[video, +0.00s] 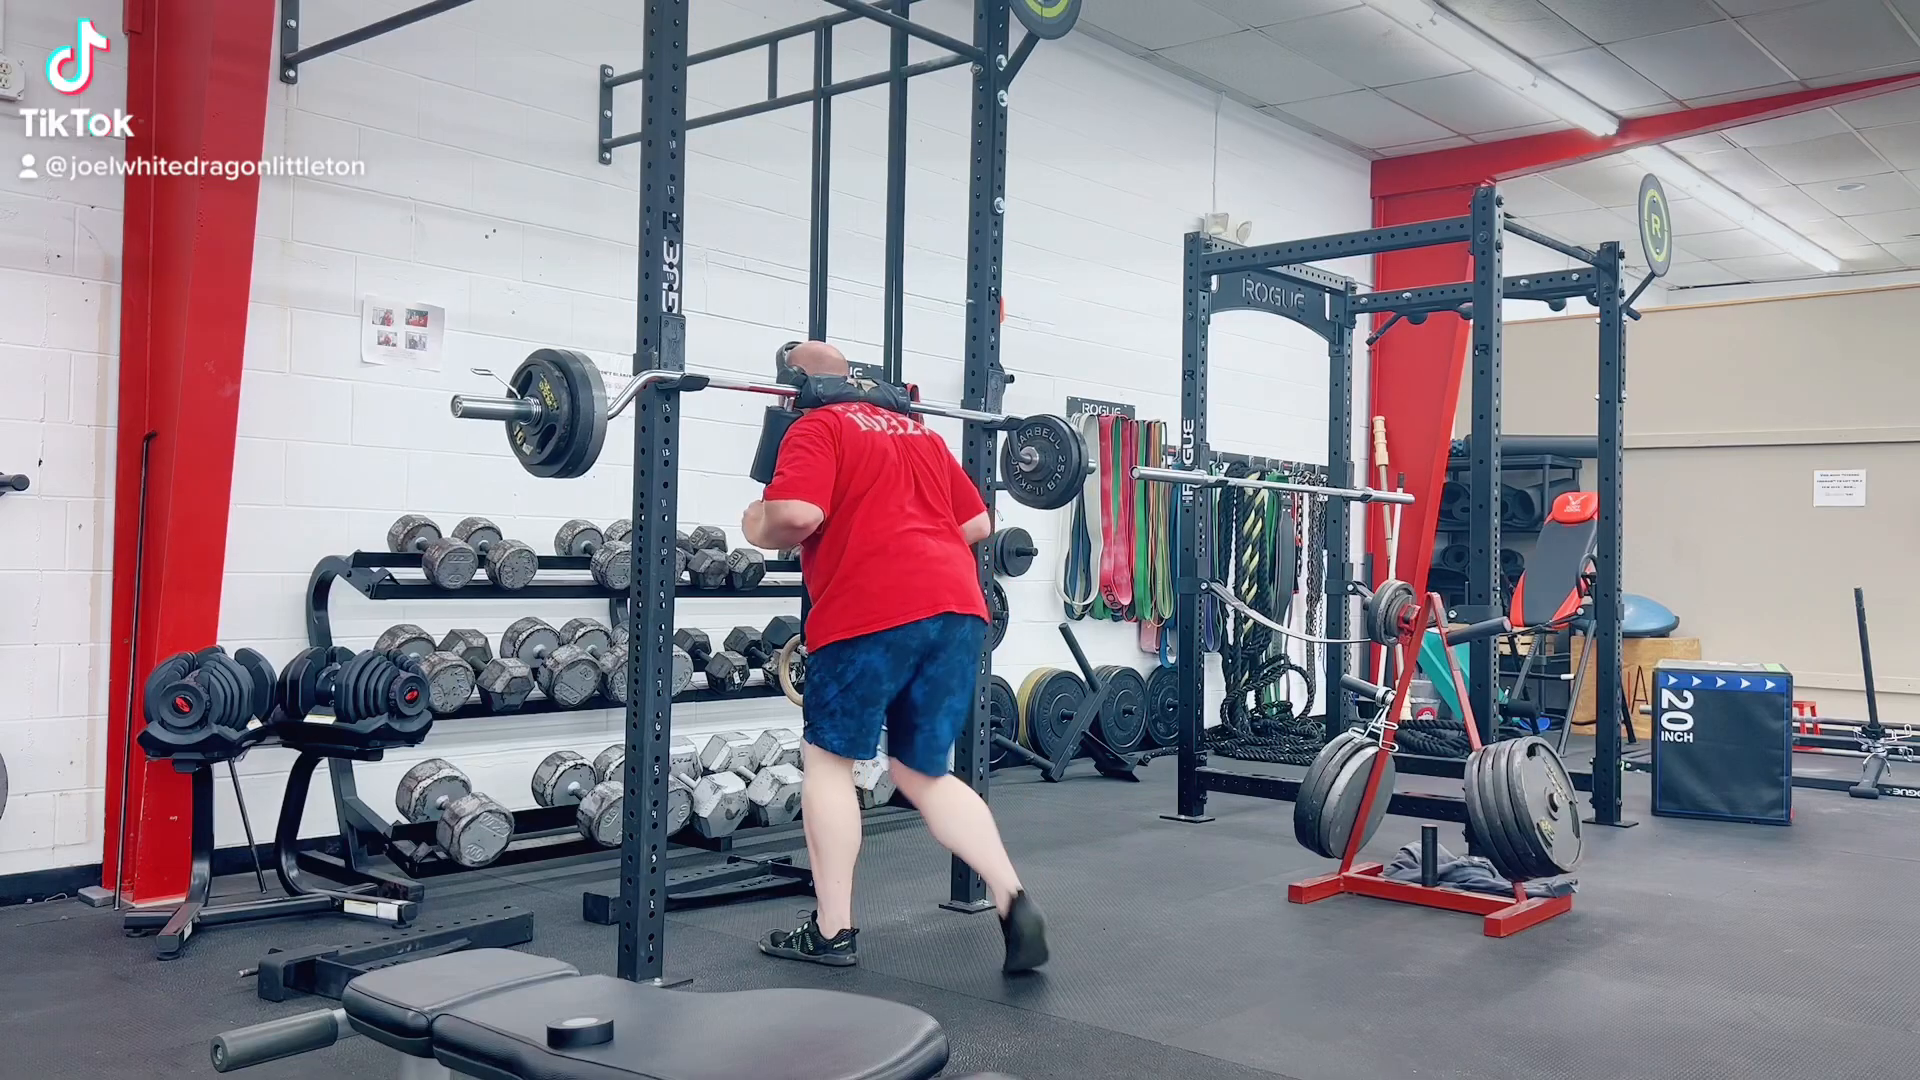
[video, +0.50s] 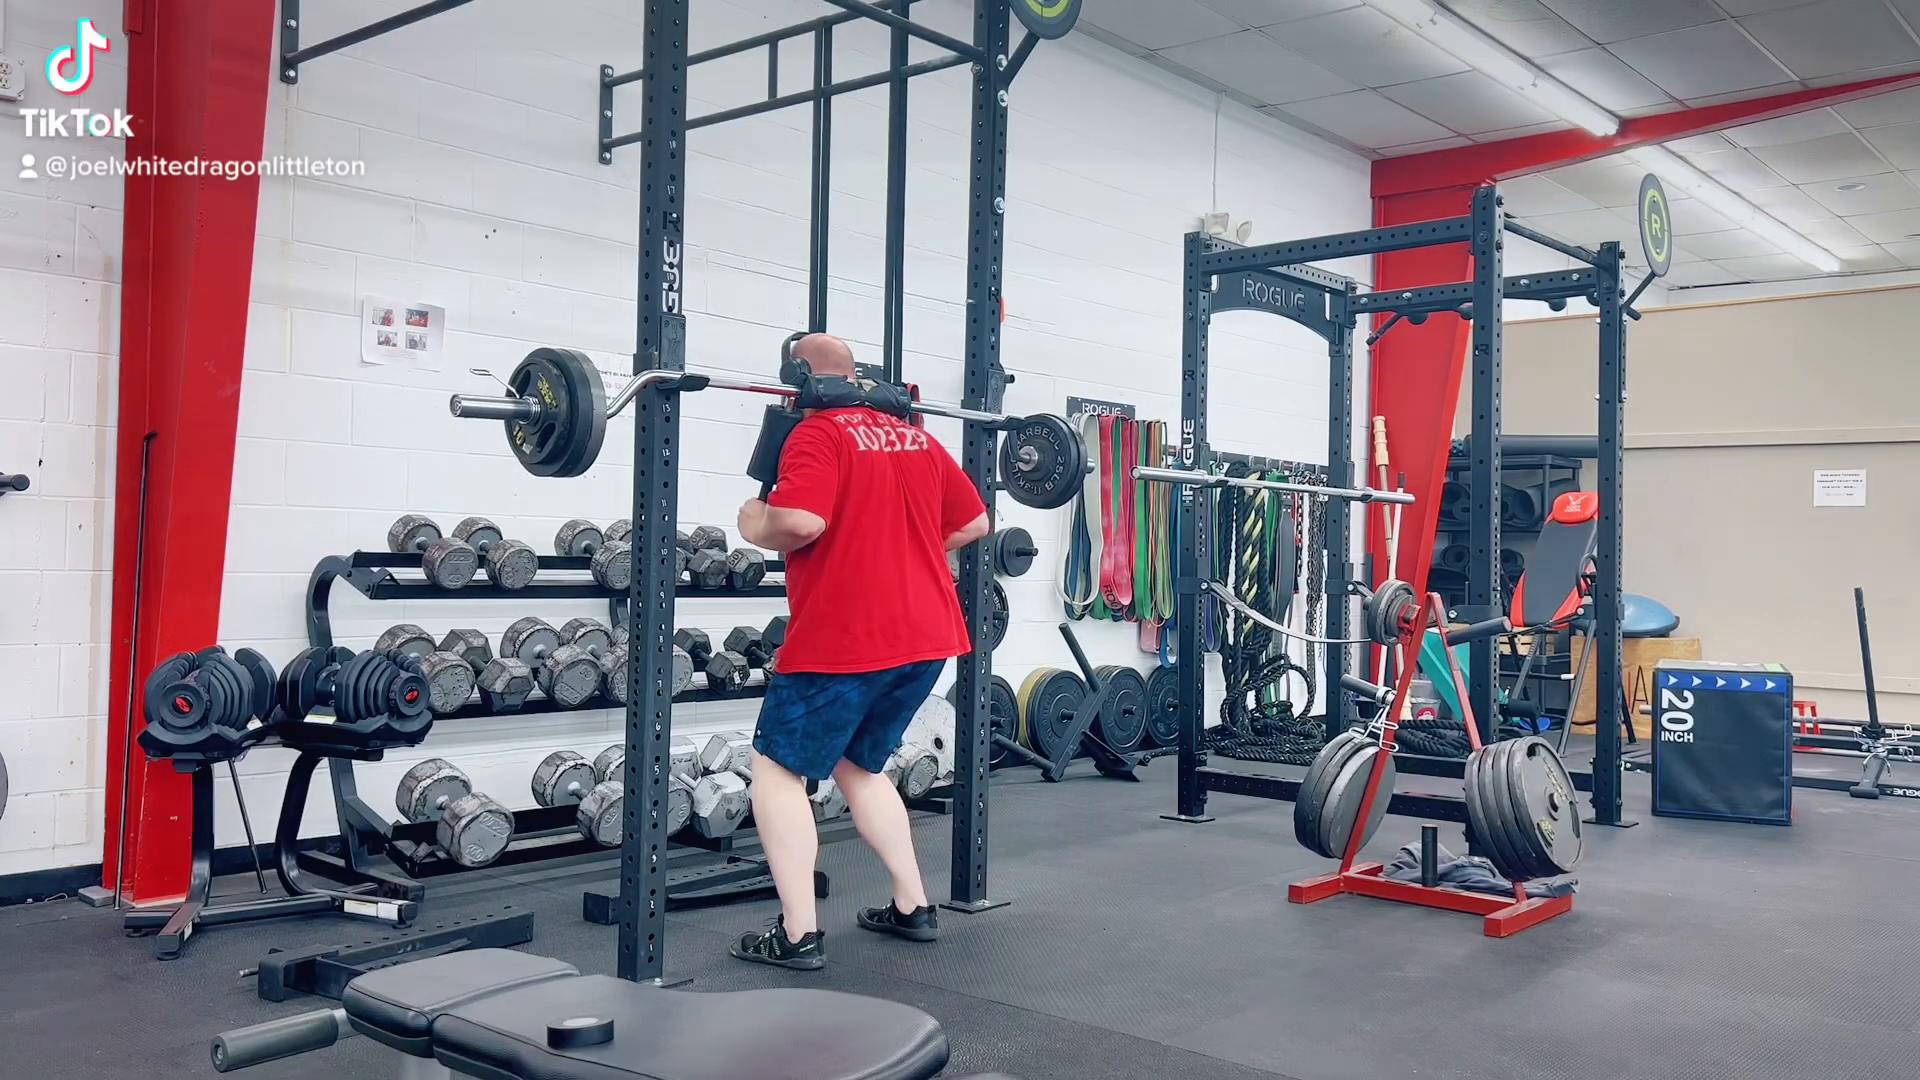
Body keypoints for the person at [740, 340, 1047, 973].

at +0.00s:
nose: (784, 397)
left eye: (785, 388)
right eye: (785, 386)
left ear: (799, 390)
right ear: (851, 378)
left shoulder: (816, 427)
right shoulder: (918, 431)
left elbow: (801, 514)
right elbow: (978, 522)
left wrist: (760, 526)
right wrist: (911, 544)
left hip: (870, 608)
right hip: (959, 606)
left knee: (830, 759)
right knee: (920, 769)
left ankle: (833, 929)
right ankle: (1012, 896)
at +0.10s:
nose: (787, 398)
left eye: (786, 387)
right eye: (787, 386)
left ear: (798, 386)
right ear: (851, 379)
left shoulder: (815, 425)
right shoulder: (918, 433)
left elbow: (799, 511)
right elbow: (976, 524)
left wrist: (760, 527)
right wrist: (917, 550)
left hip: (856, 615)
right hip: (943, 614)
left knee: (818, 763)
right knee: (883, 737)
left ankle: (832, 931)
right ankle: (930, 878)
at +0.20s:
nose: (785, 397)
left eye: (785, 386)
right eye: (786, 385)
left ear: (797, 387)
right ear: (851, 380)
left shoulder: (817, 430)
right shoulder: (919, 436)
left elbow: (802, 517)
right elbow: (976, 523)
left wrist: (759, 526)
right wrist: (913, 546)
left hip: (860, 624)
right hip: (942, 625)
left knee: (803, 766)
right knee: (872, 757)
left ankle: (829, 929)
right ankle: (900, 906)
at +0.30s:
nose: (784, 396)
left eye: (784, 384)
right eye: (785, 382)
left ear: (795, 386)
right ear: (851, 379)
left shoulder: (818, 431)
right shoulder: (914, 434)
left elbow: (804, 521)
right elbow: (975, 519)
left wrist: (758, 525)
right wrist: (913, 549)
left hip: (861, 629)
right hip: (942, 628)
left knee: (786, 763)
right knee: (868, 758)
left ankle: (806, 931)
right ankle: (899, 906)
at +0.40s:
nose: (784, 393)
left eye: (785, 381)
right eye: (786, 380)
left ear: (798, 381)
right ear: (852, 375)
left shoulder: (817, 429)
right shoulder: (913, 434)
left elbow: (800, 519)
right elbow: (972, 520)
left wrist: (754, 523)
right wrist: (911, 545)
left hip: (852, 627)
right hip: (934, 629)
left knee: (782, 760)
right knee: (864, 758)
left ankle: (802, 931)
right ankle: (901, 906)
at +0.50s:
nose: (786, 394)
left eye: (786, 381)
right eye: (788, 380)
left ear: (799, 383)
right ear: (854, 375)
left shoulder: (818, 432)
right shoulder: (912, 433)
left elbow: (802, 521)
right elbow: (973, 521)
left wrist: (756, 522)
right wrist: (909, 545)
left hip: (846, 631)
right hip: (928, 632)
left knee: (777, 765)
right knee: (859, 763)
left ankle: (800, 933)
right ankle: (913, 906)